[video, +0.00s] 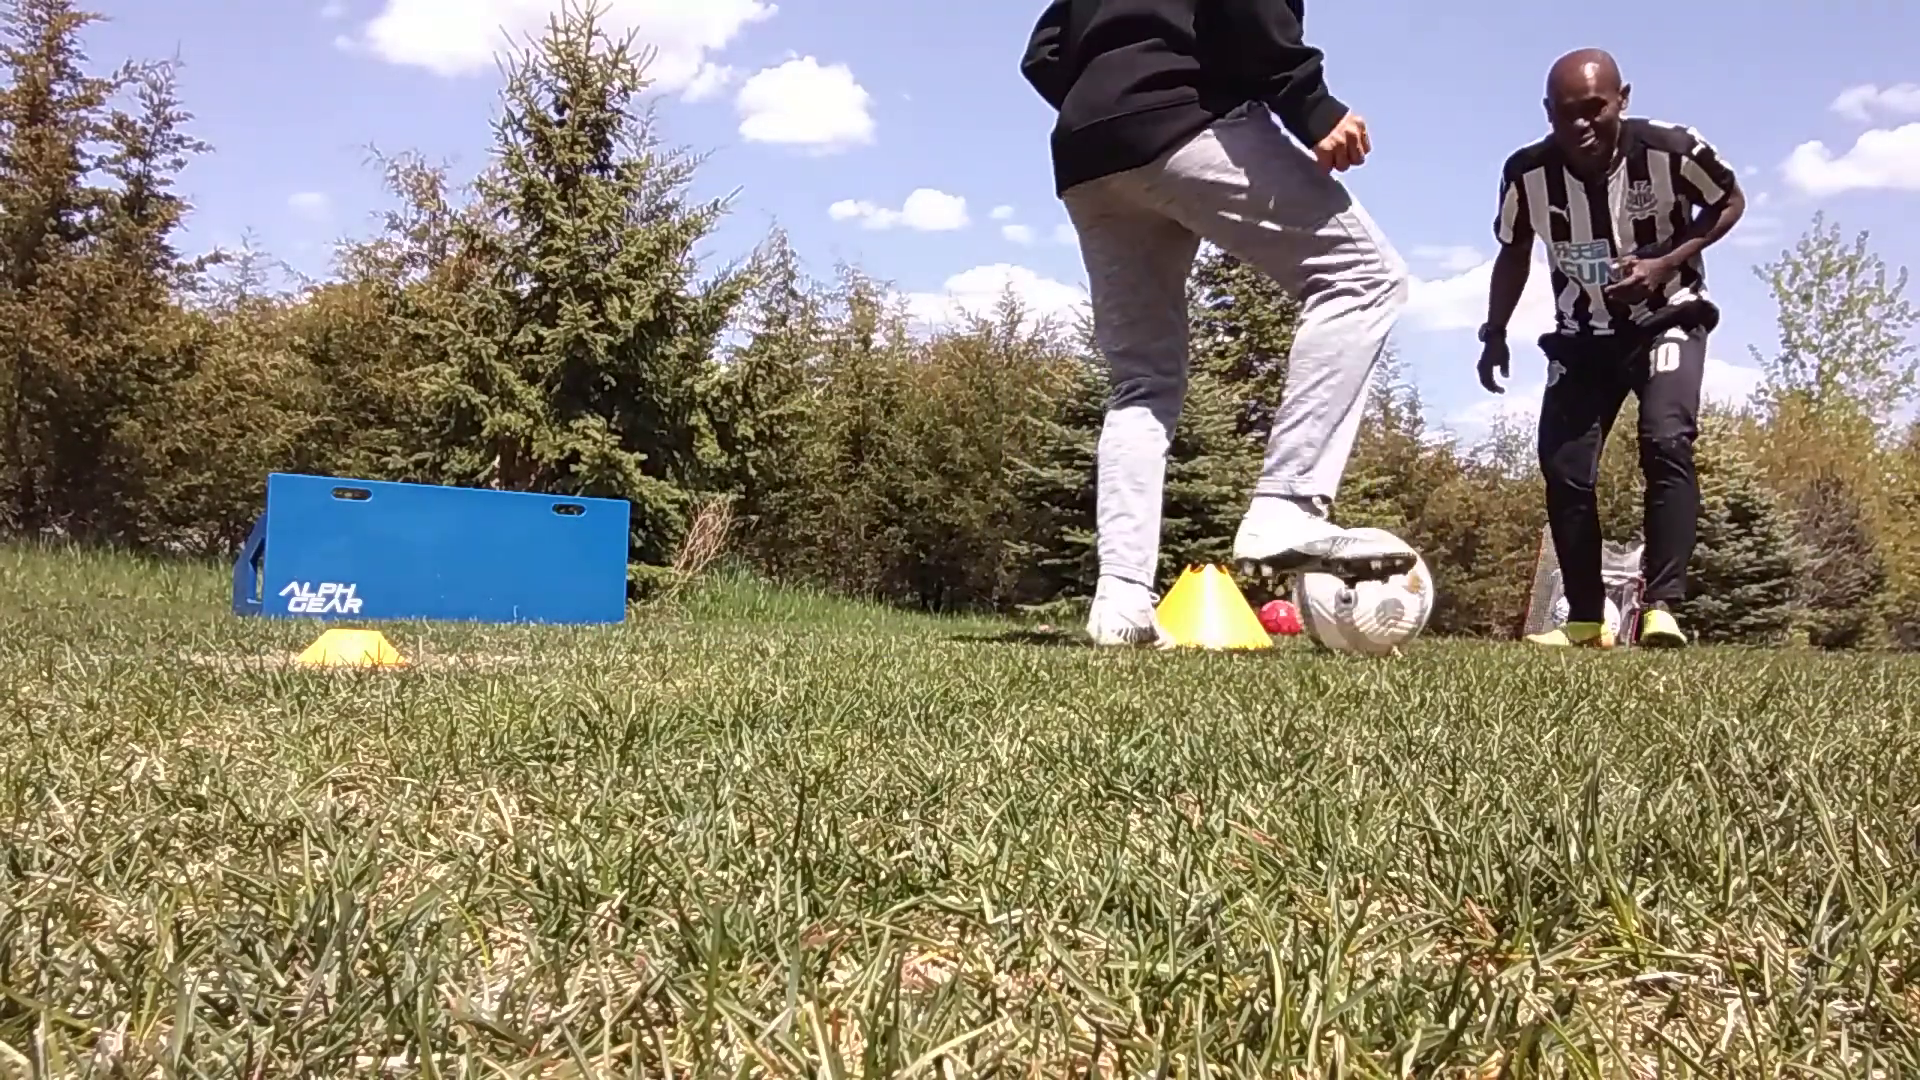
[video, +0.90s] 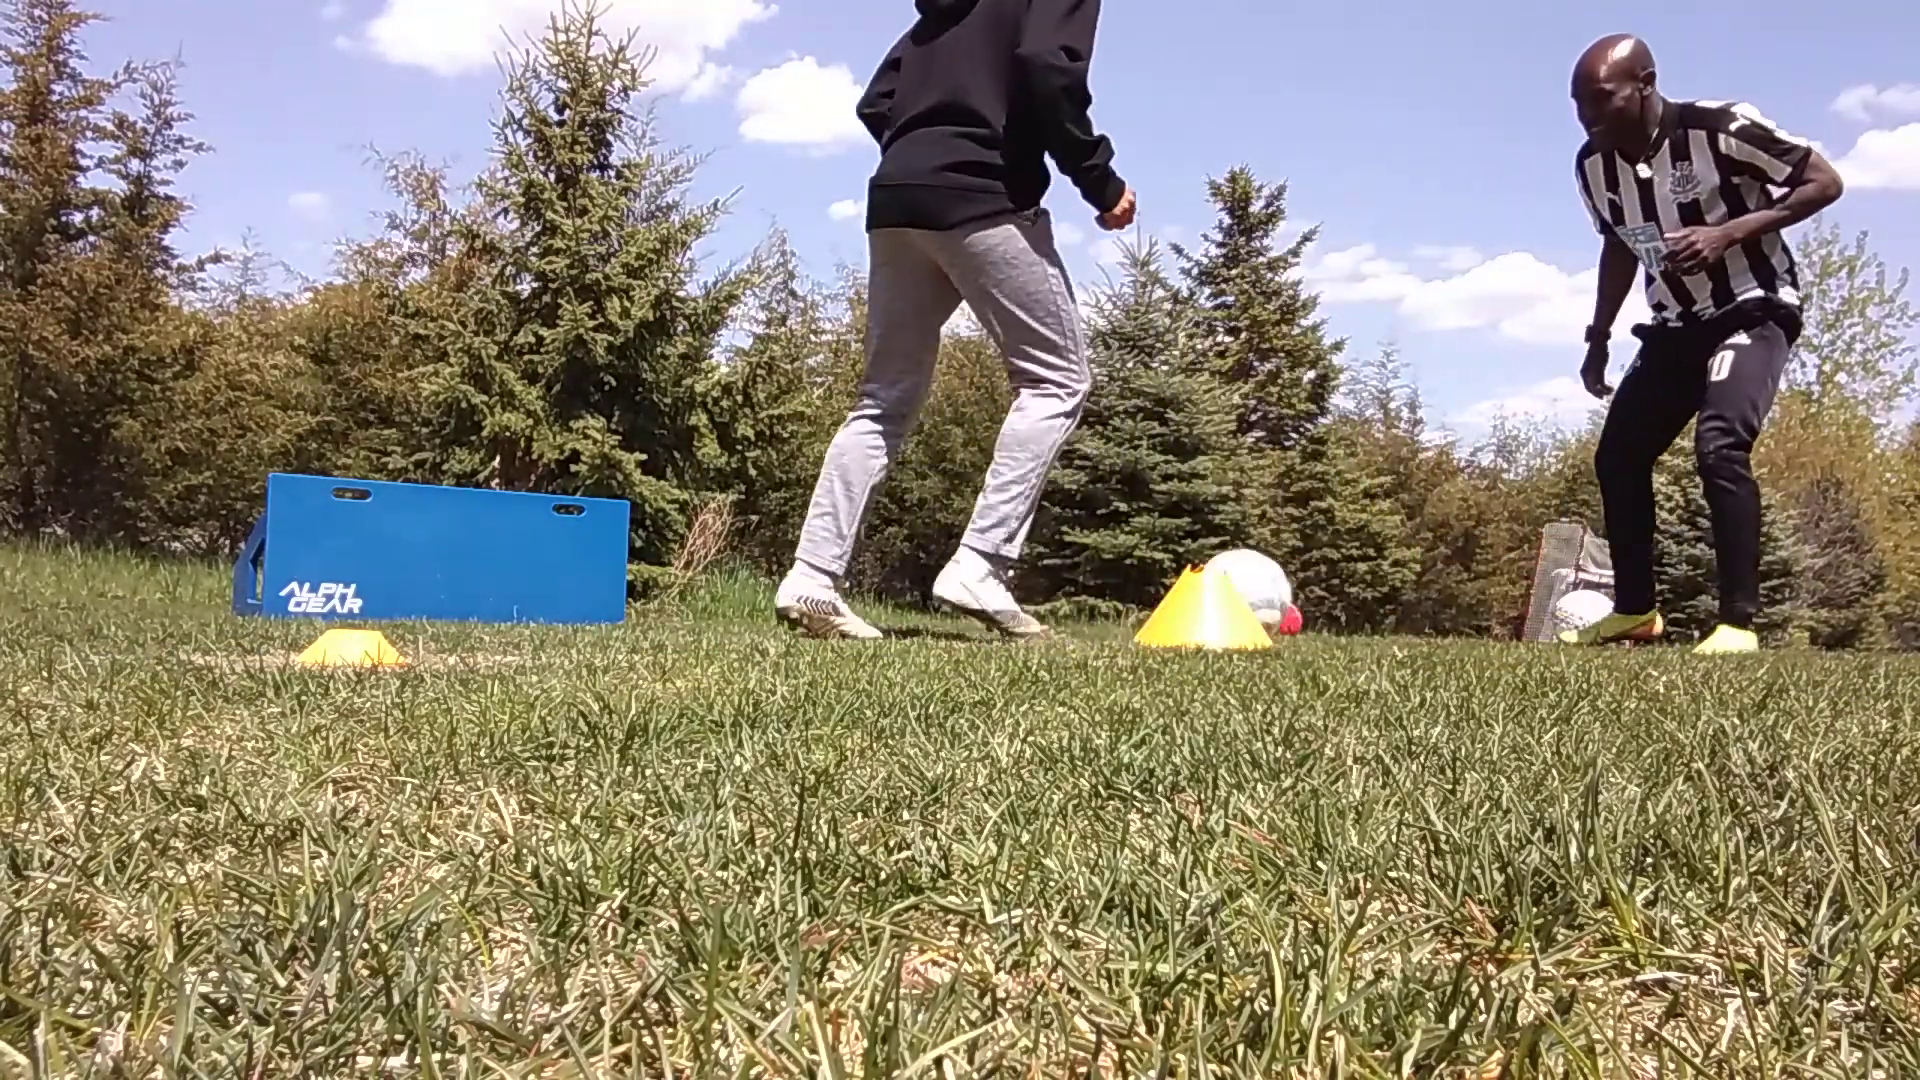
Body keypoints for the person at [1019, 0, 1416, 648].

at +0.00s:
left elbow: (1044, 52)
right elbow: (1254, 14)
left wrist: (1116, 117)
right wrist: (1314, 105)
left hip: (1081, 136)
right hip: (1185, 105)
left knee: (1141, 384)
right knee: (1365, 278)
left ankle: (1121, 603)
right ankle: (1288, 505)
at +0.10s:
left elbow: (1043, 61)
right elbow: (1219, 19)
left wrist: (1117, 122)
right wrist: (1274, 120)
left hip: (1072, 142)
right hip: (1167, 127)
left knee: (1144, 380)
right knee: (1322, 308)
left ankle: (1120, 604)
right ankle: (1303, 560)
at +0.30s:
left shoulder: (1069, 5)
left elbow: (1015, 84)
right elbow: (1267, 58)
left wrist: (1082, 146)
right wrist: (1303, 190)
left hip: (1049, 168)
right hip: (1153, 146)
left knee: (1108, 379)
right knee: (1255, 373)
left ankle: (1065, 545)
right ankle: (1245, 603)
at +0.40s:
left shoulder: (1044, 6)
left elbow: (989, 97)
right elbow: (1237, 65)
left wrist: (1054, 166)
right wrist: (1287, 196)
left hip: (1024, 187)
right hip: (1129, 166)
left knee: (1067, 396)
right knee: (1236, 377)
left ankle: (974, 574)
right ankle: (1244, 603)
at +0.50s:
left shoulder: (1009, 4)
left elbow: (951, 70)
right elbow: (1147, 40)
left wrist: (1015, 136)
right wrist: (1215, 149)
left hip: (986, 171)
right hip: (1083, 154)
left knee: (999, 401)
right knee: (1172, 367)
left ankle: (934, 588)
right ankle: (1197, 584)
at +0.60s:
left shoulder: (974, 1)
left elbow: (929, 50)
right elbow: (1103, 30)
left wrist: (993, 114)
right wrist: (1153, 131)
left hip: (954, 143)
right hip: (1048, 136)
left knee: (970, 376)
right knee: (1136, 343)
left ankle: (907, 550)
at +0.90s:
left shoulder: (939, 13)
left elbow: (877, 101)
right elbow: (1045, 62)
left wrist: (938, 164)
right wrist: (1101, 181)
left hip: (894, 187)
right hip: (981, 187)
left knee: (885, 396)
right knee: (1056, 379)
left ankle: (811, 578)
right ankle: (978, 566)